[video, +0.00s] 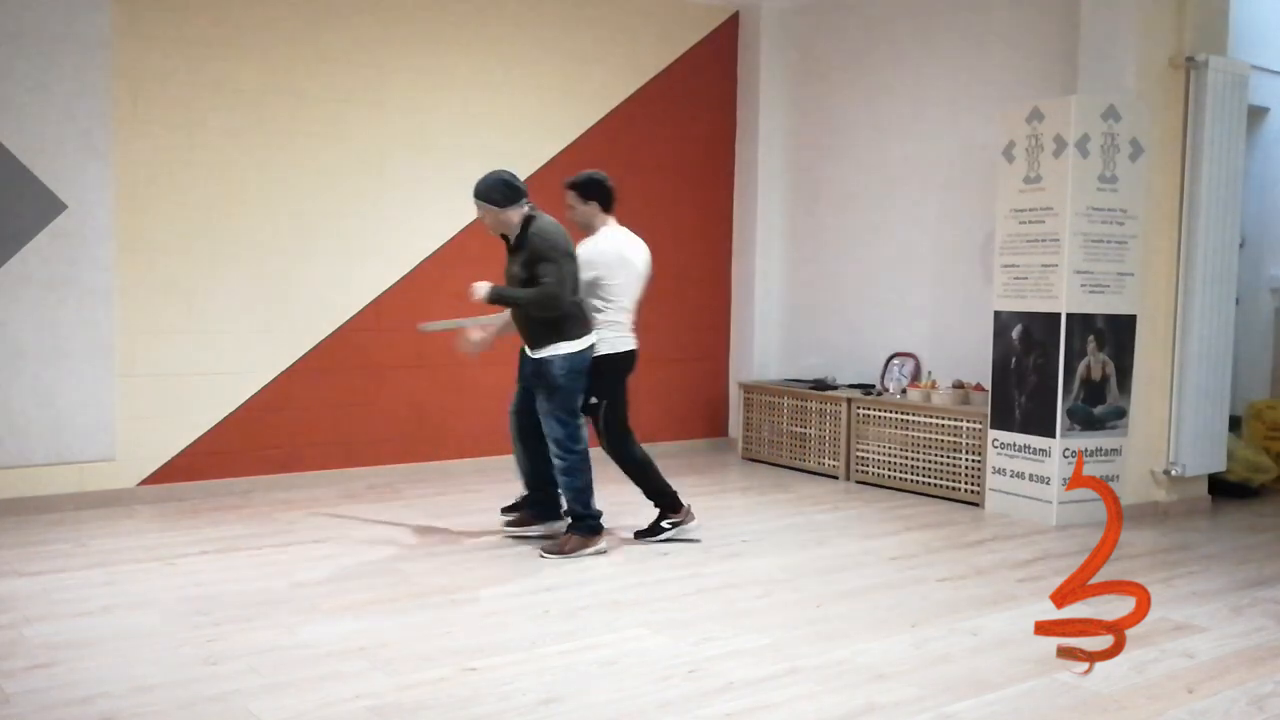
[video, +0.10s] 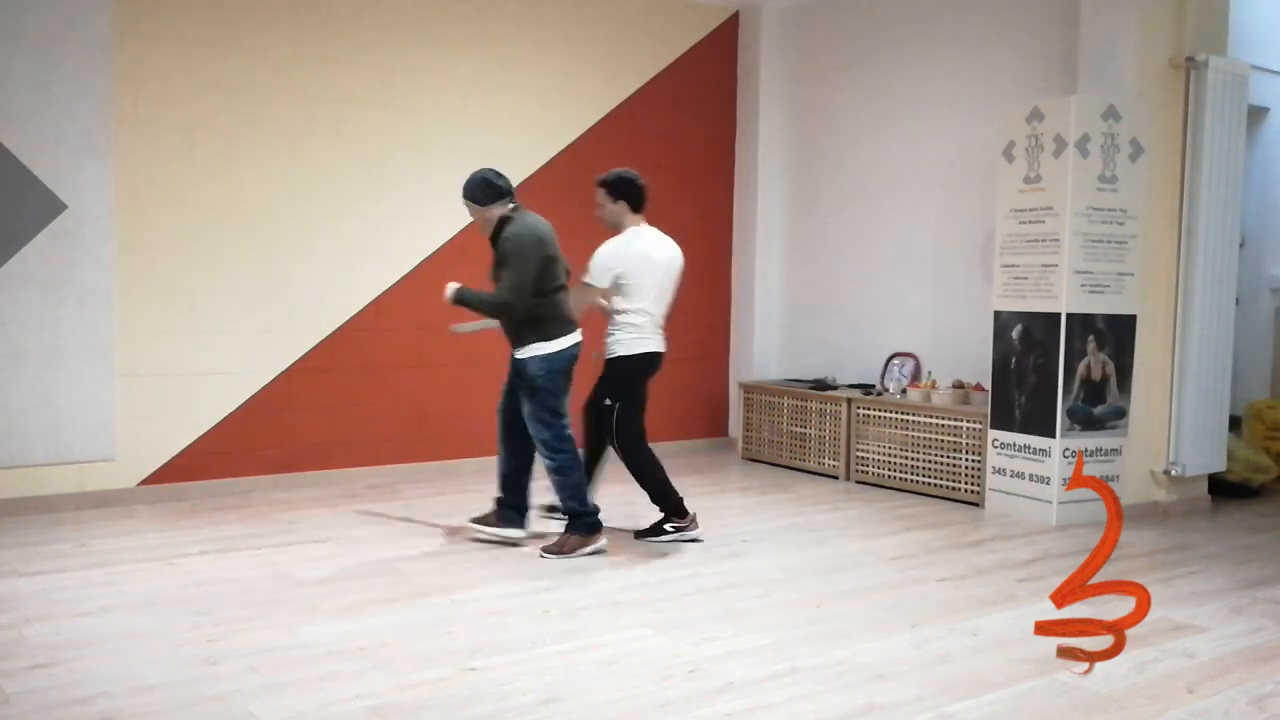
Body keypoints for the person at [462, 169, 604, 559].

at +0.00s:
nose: (481, 221)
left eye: (482, 213)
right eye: (479, 213)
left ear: (503, 208)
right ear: (506, 207)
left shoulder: (546, 236)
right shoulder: (518, 237)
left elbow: (555, 298)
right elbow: (530, 297)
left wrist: (494, 293)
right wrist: (493, 327)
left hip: (564, 352)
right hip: (537, 352)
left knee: (565, 438)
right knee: (526, 425)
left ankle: (586, 524)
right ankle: (544, 504)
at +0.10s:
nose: (473, 217)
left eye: (473, 209)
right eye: (471, 209)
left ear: (486, 206)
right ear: (506, 198)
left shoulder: (518, 237)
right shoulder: (527, 227)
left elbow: (511, 304)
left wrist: (460, 295)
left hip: (546, 351)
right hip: (535, 349)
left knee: (550, 433)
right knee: (514, 424)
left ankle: (584, 525)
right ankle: (511, 512)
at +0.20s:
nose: (463, 215)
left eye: (462, 208)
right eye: (463, 208)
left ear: (470, 206)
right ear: (498, 197)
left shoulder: (488, 240)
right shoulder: (529, 225)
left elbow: (463, 304)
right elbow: (564, 274)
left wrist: (434, 290)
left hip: (520, 356)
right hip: (544, 347)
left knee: (535, 439)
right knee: (503, 433)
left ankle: (581, 523)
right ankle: (480, 519)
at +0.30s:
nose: (457, 214)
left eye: (456, 209)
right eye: (463, 208)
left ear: (458, 208)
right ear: (490, 201)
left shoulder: (465, 241)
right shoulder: (521, 234)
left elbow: (435, 300)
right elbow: (558, 285)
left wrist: (417, 299)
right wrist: (558, 330)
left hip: (494, 357)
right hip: (525, 352)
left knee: (499, 440)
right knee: (483, 441)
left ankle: (562, 510)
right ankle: (462, 525)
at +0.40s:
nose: (451, 212)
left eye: (450, 207)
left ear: (453, 207)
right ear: (485, 204)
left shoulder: (449, 241)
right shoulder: (514, 240)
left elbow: (421, 293)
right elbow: (544, 299)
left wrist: (404, 319)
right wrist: (553, 349)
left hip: (468, 357)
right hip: (507, 356)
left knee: (444, 436)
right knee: (471, 442)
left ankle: (511, 492)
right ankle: (460, 529)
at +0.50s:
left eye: (452, 197)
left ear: (450, 198)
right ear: (484, 199)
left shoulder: (432, 236)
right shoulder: (508, 238)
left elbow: (405, 302)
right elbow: (531, 300)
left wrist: (391, 346)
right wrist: (538, 351)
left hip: (446, 350)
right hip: (493, 353)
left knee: (414, 425)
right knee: (473, 440)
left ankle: (452, 493)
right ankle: (464, 532)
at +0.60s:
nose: (489, 204)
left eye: (487, 199)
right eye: (488, 199)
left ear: (449, 196)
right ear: (482, 199)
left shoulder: (419, 231)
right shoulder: (495, 234)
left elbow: (395, 300)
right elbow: (512, 297)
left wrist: (378, 355)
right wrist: (523, 349)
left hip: (426, 346)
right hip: (475, 350)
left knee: (402, 422)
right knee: (468, 437)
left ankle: (396, 506)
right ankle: (455, 528)